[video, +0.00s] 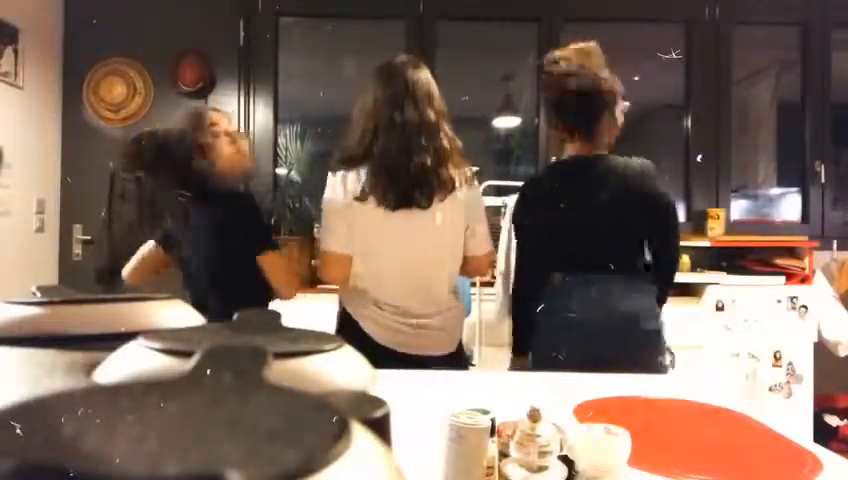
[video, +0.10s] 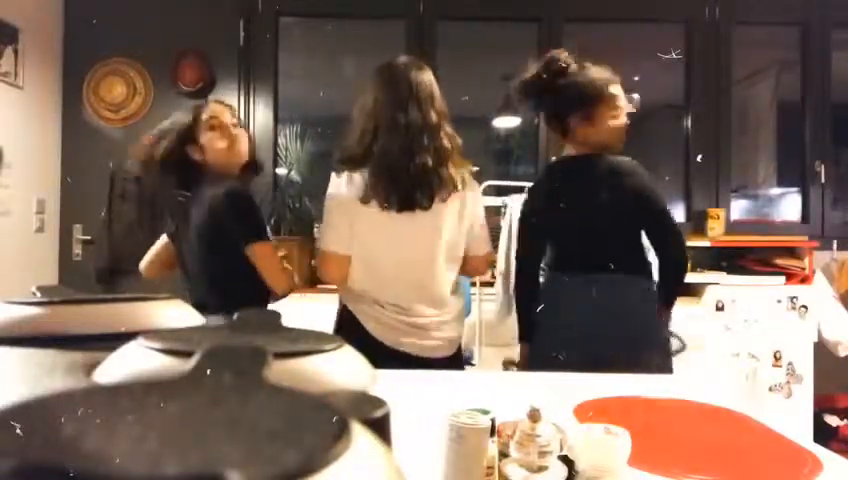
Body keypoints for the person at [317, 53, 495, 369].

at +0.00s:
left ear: (371, 113)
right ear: (435, 110)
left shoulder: (345, 185)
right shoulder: (461, 184)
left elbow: (334, 273)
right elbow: (480, 264)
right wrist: (432, 257)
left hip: (368, 347)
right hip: (440, 349)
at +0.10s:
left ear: (372, 112)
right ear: (436, 109)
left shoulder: (348, 183)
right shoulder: (462, 186)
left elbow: (333, 272)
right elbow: (478, 264)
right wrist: (432, 256)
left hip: (367, 346)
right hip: (438, 350)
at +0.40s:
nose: (386, 102)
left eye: (397, 95)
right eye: (389, 94)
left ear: (422, 108)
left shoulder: (413, 165)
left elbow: (404, 253)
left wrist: (348, 209)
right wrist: (349, 204)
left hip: (393, 321)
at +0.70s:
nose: (406, 102)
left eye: (420, 94)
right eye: (399, 92)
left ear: (440, 108)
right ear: (388, 101)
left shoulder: (430, 160)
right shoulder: (395, 161)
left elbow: (436, 251)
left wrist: (380, 183)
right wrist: (359, 184)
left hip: (406, 308)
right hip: (371, 302)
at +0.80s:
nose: (399, 113)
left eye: (412, 106)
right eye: (393, 103)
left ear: (434, 118)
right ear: (383, 109)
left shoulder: (428, 167)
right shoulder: (385, 166)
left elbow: (433, 256)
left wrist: (388, 180)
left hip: (411, 310)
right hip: (370, 303)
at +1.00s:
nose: (395, 112)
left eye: (408, 105)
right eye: (389, 102)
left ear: (430, 117)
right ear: (379, 110)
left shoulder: (420, 168)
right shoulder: (402, 168)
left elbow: (423, 257)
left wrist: (383, 182)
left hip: (403, 313)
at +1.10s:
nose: (393, 111)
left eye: (406, 105)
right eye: (388, 102)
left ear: (428, 118)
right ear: (378, 110)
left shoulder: (419, 166)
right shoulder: (402, 166)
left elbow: (420, 250)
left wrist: (387, 174)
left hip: (401, 313)